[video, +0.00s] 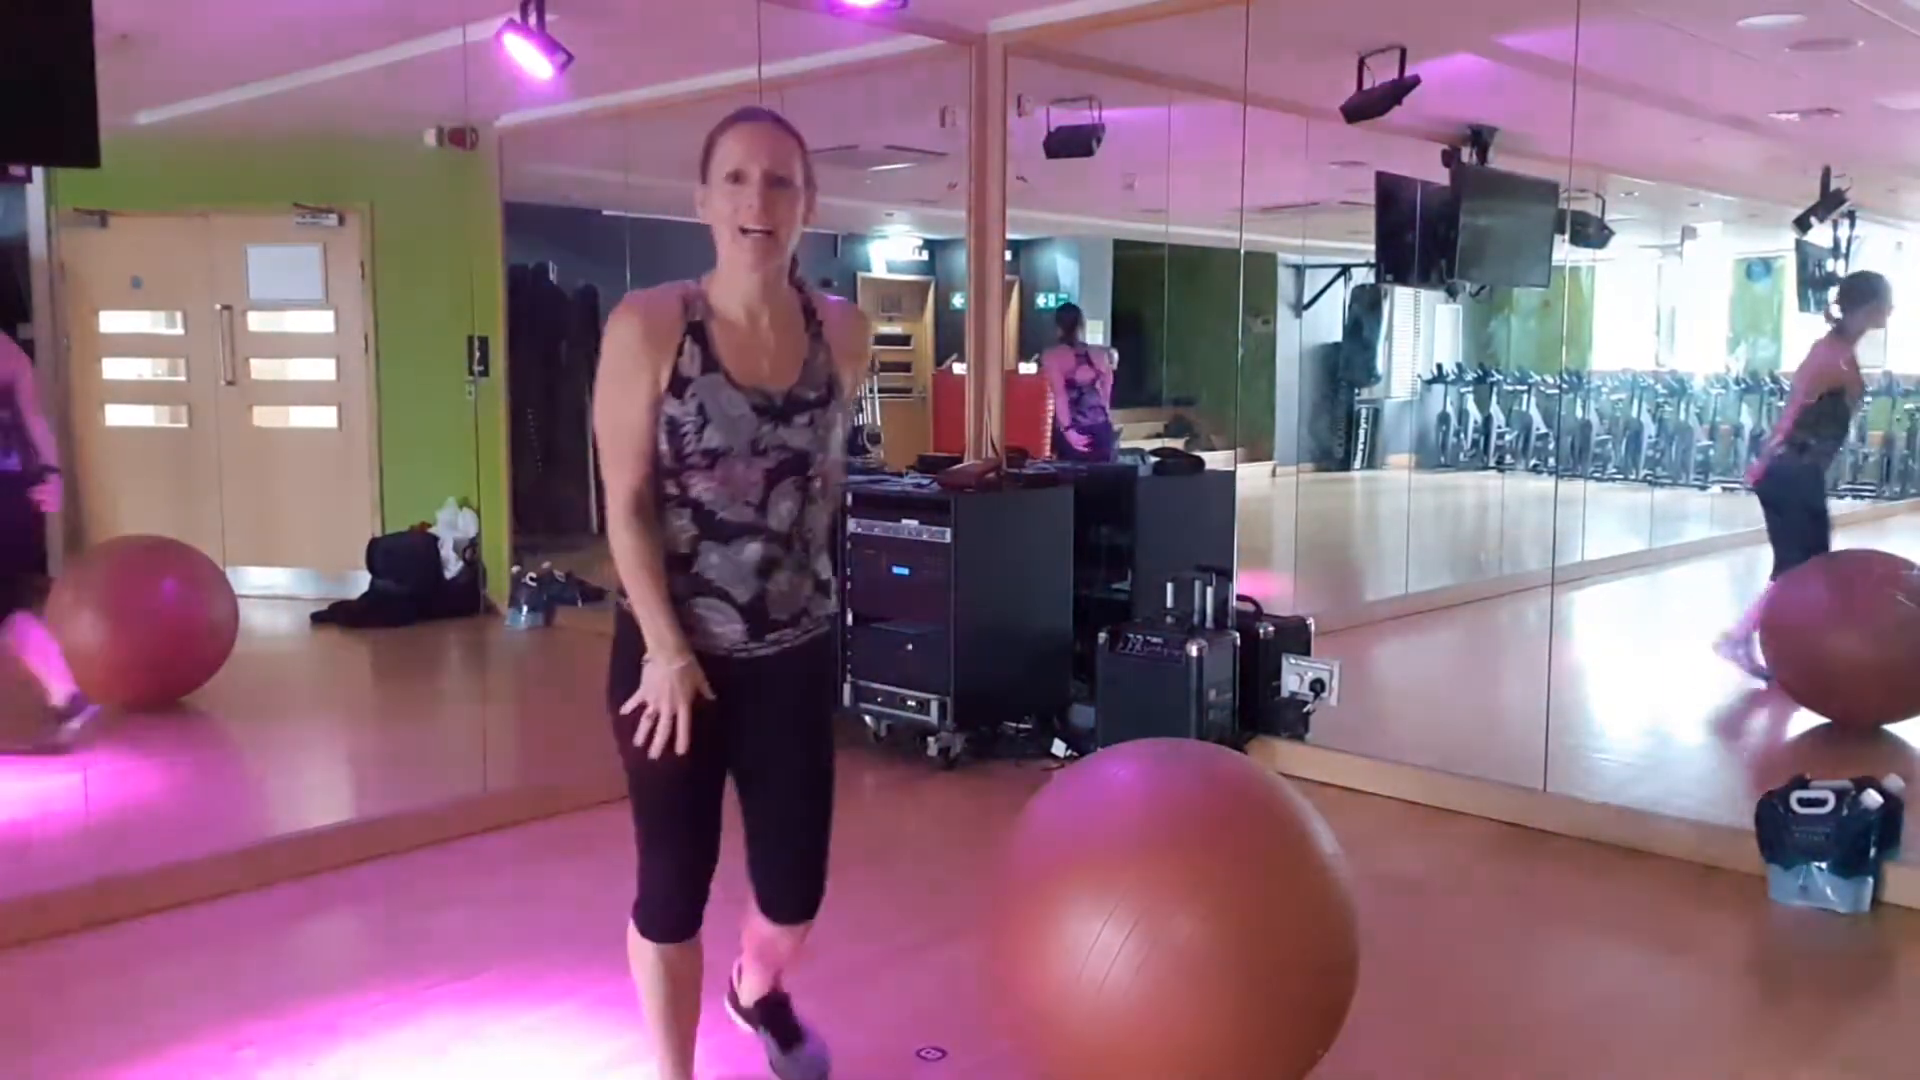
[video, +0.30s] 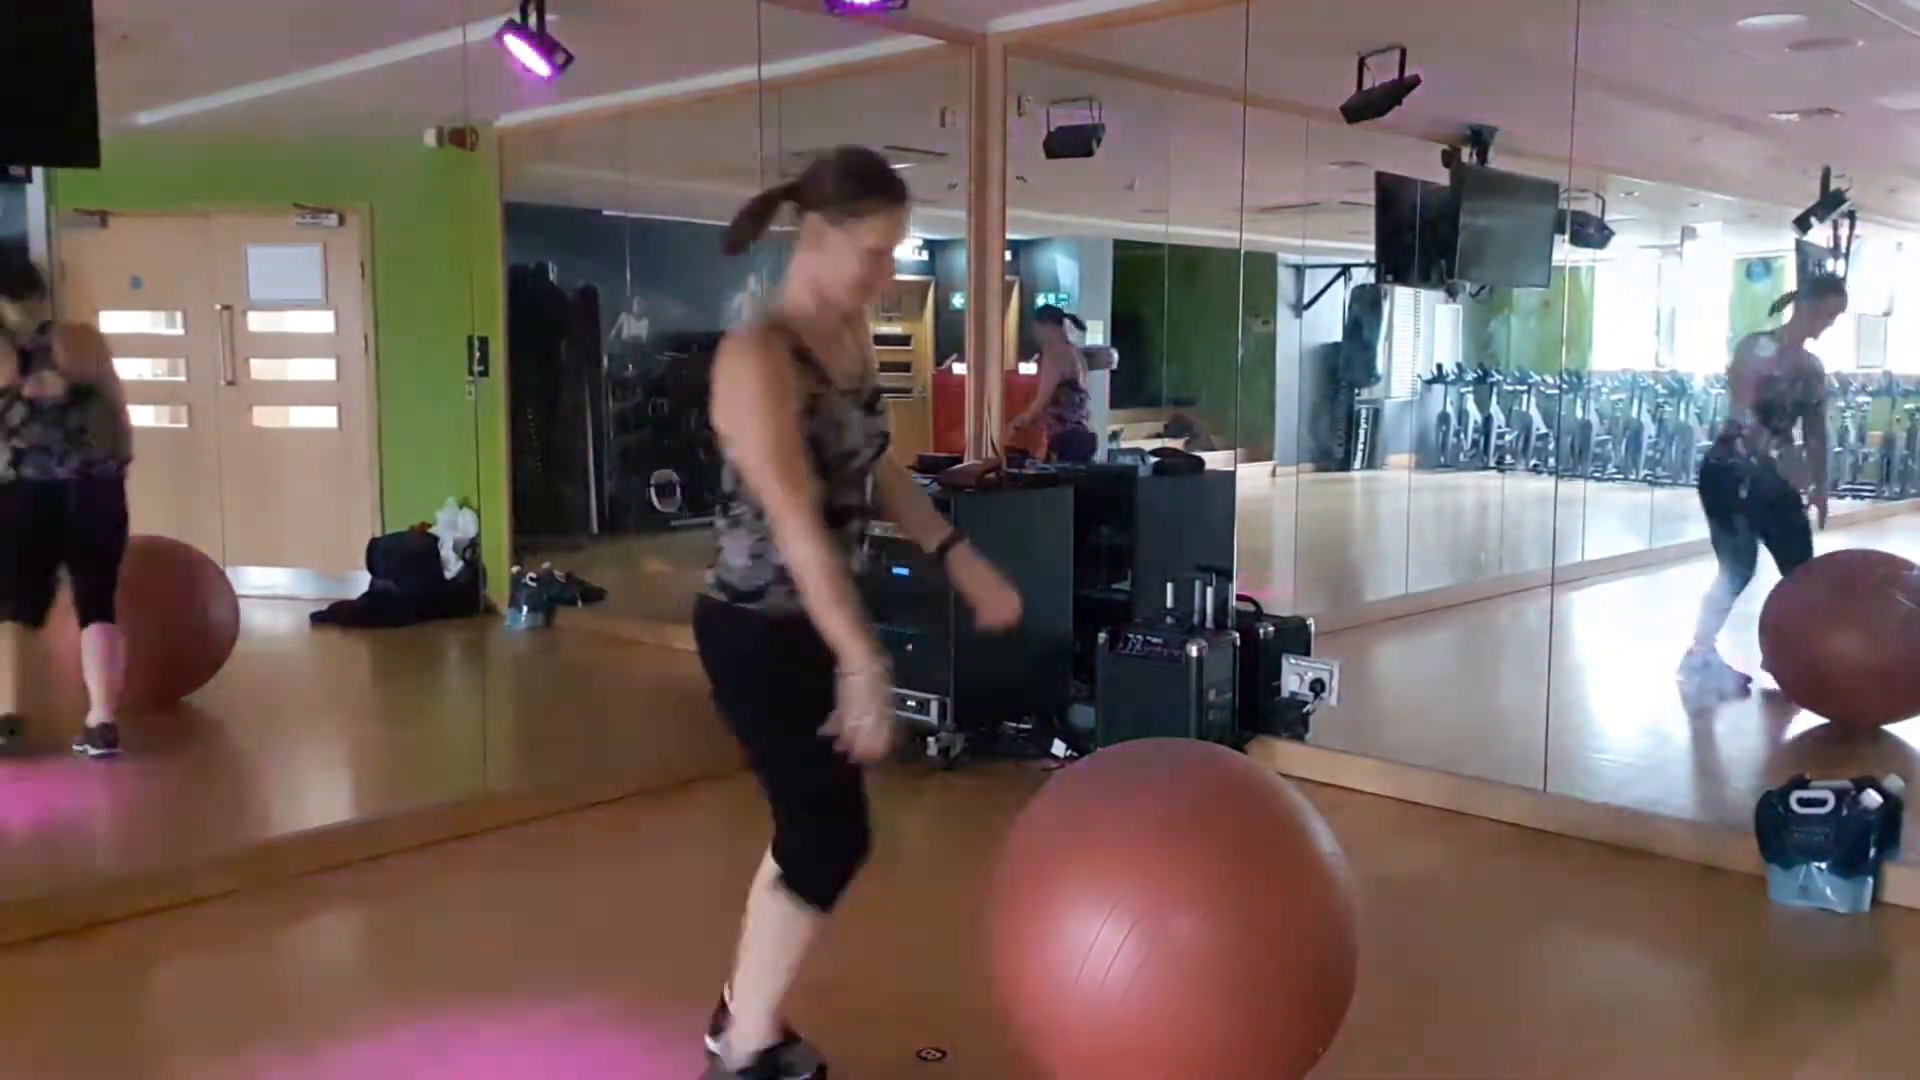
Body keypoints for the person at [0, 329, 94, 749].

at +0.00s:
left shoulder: (11, 356)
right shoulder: (13, 357)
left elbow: (32, 416)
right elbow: (32, 418)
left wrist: (50, 470)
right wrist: (50, 469)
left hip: (15, 501)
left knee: (17, 603)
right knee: (15, 605)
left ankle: (65, 697)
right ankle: (66, 697)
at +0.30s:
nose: (11, 310)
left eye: (7, 299)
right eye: (18, 298)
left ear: (1, 300)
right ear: (45, 291)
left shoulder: (7, 351)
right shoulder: (86, 342)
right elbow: (117, 418)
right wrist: (115, 468)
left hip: (26, 492)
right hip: (96, 490)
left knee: (14, 608)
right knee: (97, 603)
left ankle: (9, 715)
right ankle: (102, 721)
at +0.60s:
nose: (125, 312)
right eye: (127, 305)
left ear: (91, 314)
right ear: (131, 305)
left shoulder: (79, 352)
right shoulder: (154, 338)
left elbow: (74, 425)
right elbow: (177, 410)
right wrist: (202, 471)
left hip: (90, 487)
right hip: (144, 482)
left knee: (131, 596)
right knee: (161, 600)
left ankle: (137, 702)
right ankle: (111, 700)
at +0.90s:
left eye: (167, 327)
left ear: (164, 332)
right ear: (199, 319)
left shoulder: (157, 371)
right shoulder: (223, 341)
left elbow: (152, 447)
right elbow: (238, 394)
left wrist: (149, 509)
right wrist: (252, 452)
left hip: (172, 491)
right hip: (223, 480)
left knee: (177, 594)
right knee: (278, 583)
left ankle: (139, 701)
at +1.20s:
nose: (211, 349)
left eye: (210, 342)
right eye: (210, 343)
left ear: (220, 338)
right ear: (253, 329)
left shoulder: (214, 384)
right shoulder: (298, 352)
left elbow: (201, 464)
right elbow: (344, 417)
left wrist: (190, 528)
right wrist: (379, 467)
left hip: (268, 502)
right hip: (321, 488)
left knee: (322, 582)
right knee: (347, 591)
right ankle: (346, 701)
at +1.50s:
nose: (218, 355)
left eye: (216, 344)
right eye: (213, 347)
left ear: (233, 330)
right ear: (247, 324)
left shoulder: (245, 381)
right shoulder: (325, 344)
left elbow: (234, 463)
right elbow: (372, 392)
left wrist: (192, 525)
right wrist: (395, 436)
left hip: (303, 491)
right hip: (359, 481)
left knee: (333, 585)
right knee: (358, 590)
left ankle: (328, 675)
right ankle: (347, 695)